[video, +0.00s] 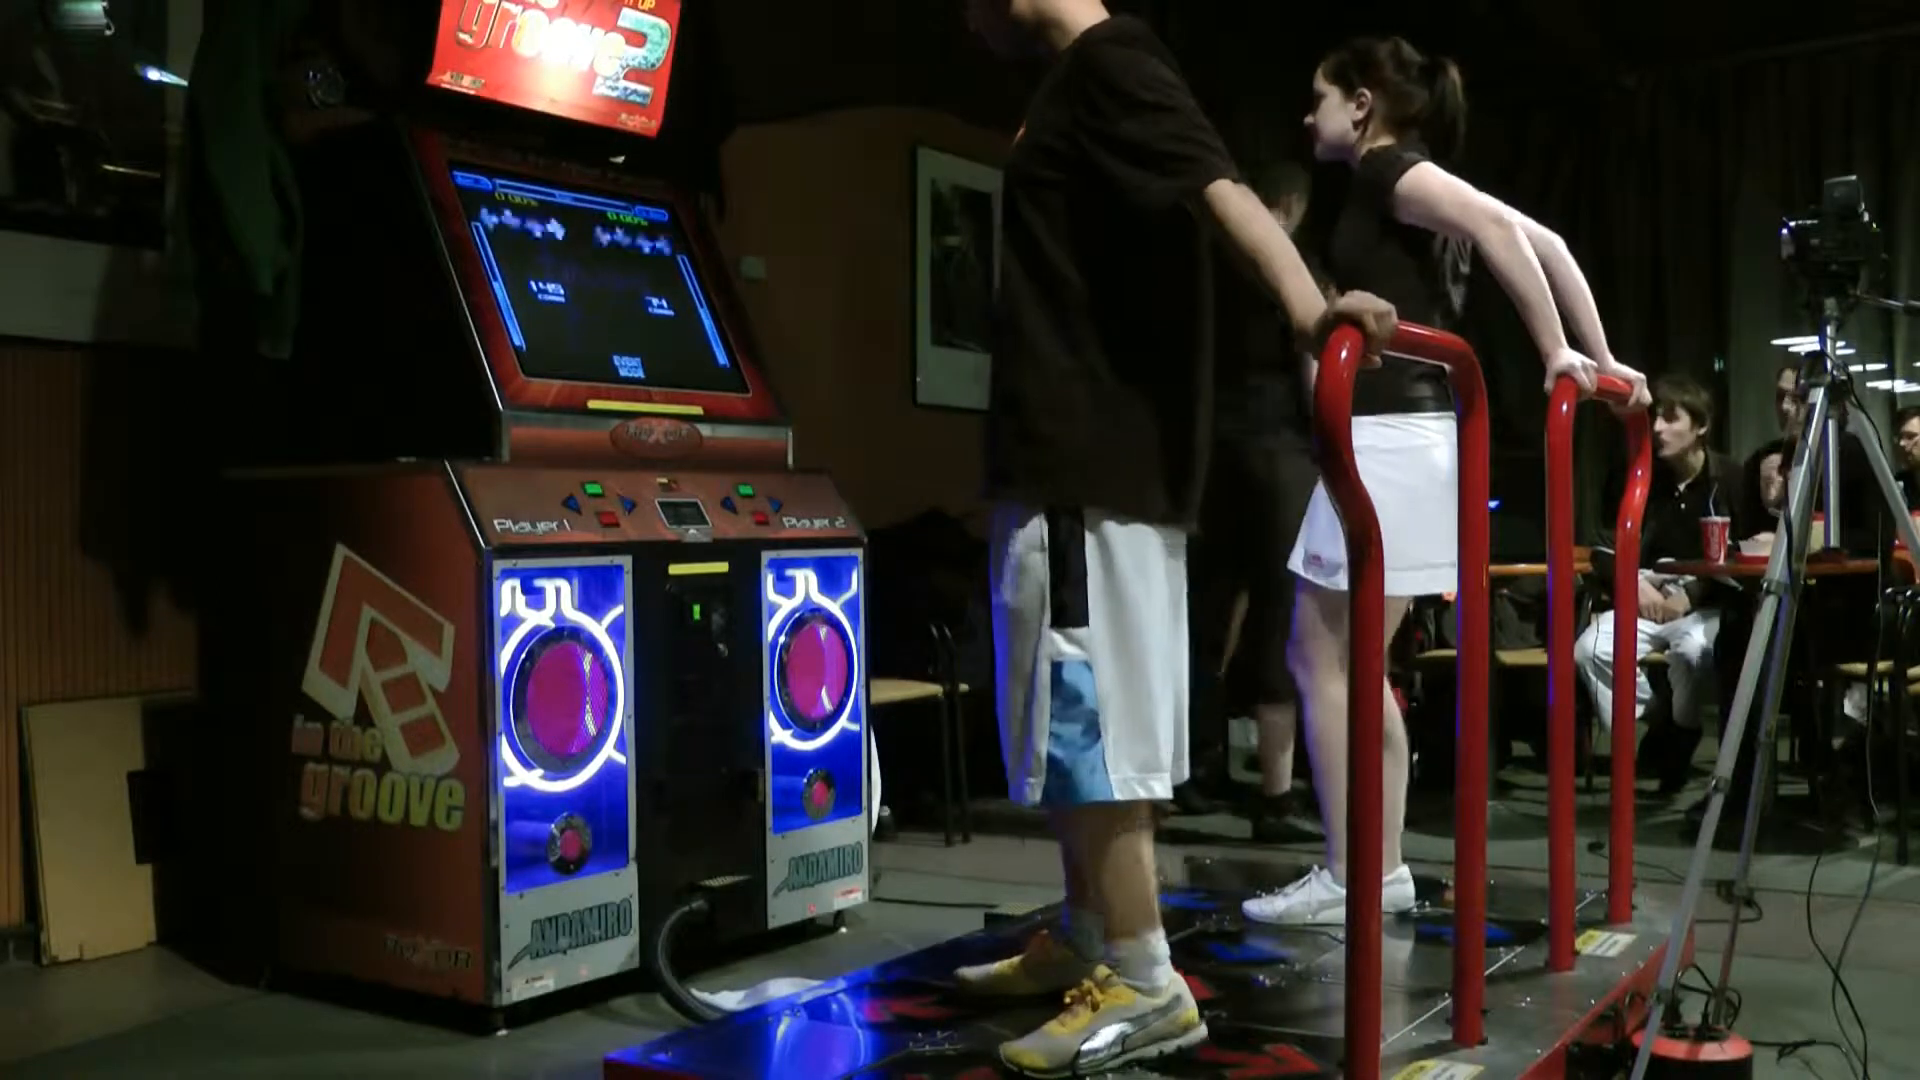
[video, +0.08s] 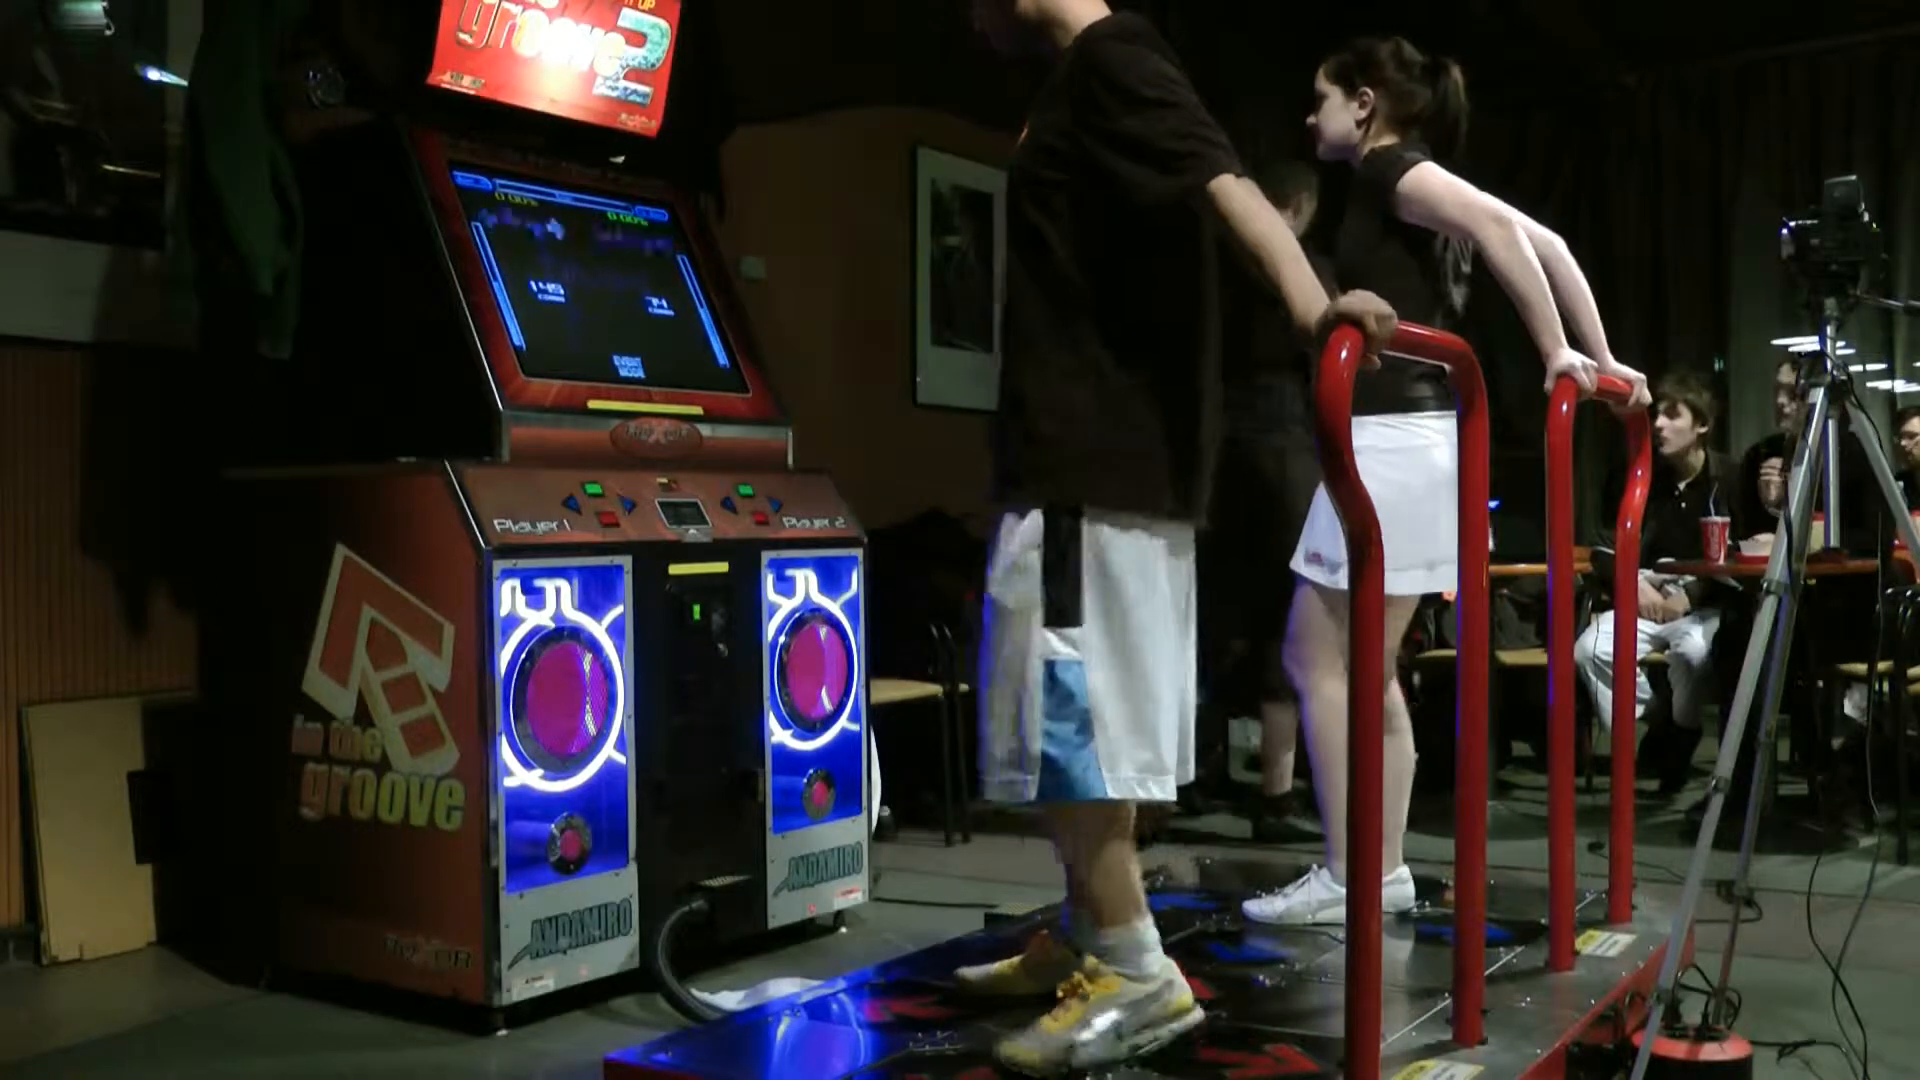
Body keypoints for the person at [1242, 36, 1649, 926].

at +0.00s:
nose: (1309, 118)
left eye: (1320, 102)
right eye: (1313, 103)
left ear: (1365, 105)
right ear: (1384, 108)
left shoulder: (1381, 172)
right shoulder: (1411, 177)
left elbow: (1501, 230)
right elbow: (1547, 244)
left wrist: (1558, 353)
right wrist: (1603, 357)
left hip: (1378, 448)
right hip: (1419, 448)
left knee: (1322, 659)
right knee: (1365, 669)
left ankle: (1344, 875)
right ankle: (1385, 874)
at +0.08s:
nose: (1312, 118)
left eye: (1322, 102)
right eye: (1314, 103)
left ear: (1368, 104)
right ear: (1388, 107)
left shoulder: (1385, 171)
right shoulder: (1414, 177)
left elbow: (1501, 229)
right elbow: (1550, 246)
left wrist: (1558, 353)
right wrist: (1602, 357)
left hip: (1381, 450)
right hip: (1425, 450)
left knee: (1319, 659)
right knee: (1375, 672)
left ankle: (1344, 874)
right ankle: (1385, 875)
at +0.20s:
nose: (1316, 116)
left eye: (1326, 99)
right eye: (1318, 101)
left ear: (1370, 101)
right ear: (1391, 105)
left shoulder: (1388, 169)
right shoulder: (1418, 174)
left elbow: (1504, 229)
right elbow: (1546, 247)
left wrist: (1557, 353)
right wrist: (1602, 357)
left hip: (1384, 445)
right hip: (1429, 446)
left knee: (1313, 655)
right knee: (1382, 675)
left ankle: (1340, 868)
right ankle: (1387, 874)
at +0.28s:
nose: (1316, 116)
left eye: (1326, 99)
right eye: (1318, 101)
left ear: (1371, 100)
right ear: (1389, 103)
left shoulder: (1392, 169)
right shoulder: (1419, 174)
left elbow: (1505, 230)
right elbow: (1547, 249)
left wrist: (1557, 351)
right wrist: (1603, 357)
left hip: (1384, 446)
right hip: (1429, 447)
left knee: (1309, 654)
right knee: (1385, 678)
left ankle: (1339, 863)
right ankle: (1387, 873)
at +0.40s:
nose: (1317, 121)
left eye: (1326, 104)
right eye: (1317, 106)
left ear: (1369, 102)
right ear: (1393, 106)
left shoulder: (1388, 169)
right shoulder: (1419, 177)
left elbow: (1504, 229)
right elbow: (1547, 249)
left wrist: (1557, 351)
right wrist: (1603, 357)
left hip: (1381, 447)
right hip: (1426, 448)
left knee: (1321, 662)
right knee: (1376, 674)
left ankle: (1340, 875)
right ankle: (1387, 875)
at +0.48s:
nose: (1317, 121)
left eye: (1325, 104)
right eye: (1317, 106)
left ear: (1368, 101)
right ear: (1391, 106)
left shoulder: (1388, 168)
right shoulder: (1416, 175)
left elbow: (1506, 230)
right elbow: (1546, 244)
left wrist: (1558, 351)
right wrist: (1605, 356)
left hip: (1376, 451)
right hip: (1411, 452)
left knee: (1323, 662)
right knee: (1367, 671)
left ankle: (1341, 875)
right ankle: (1385, 874)